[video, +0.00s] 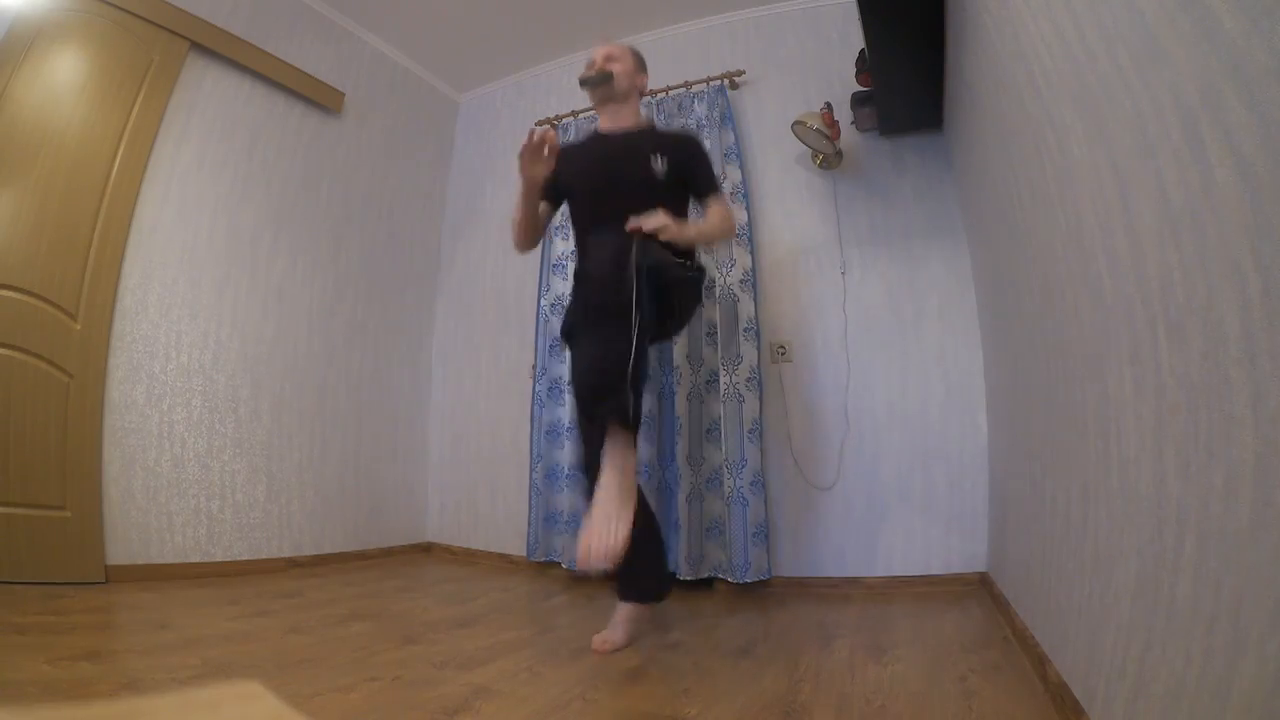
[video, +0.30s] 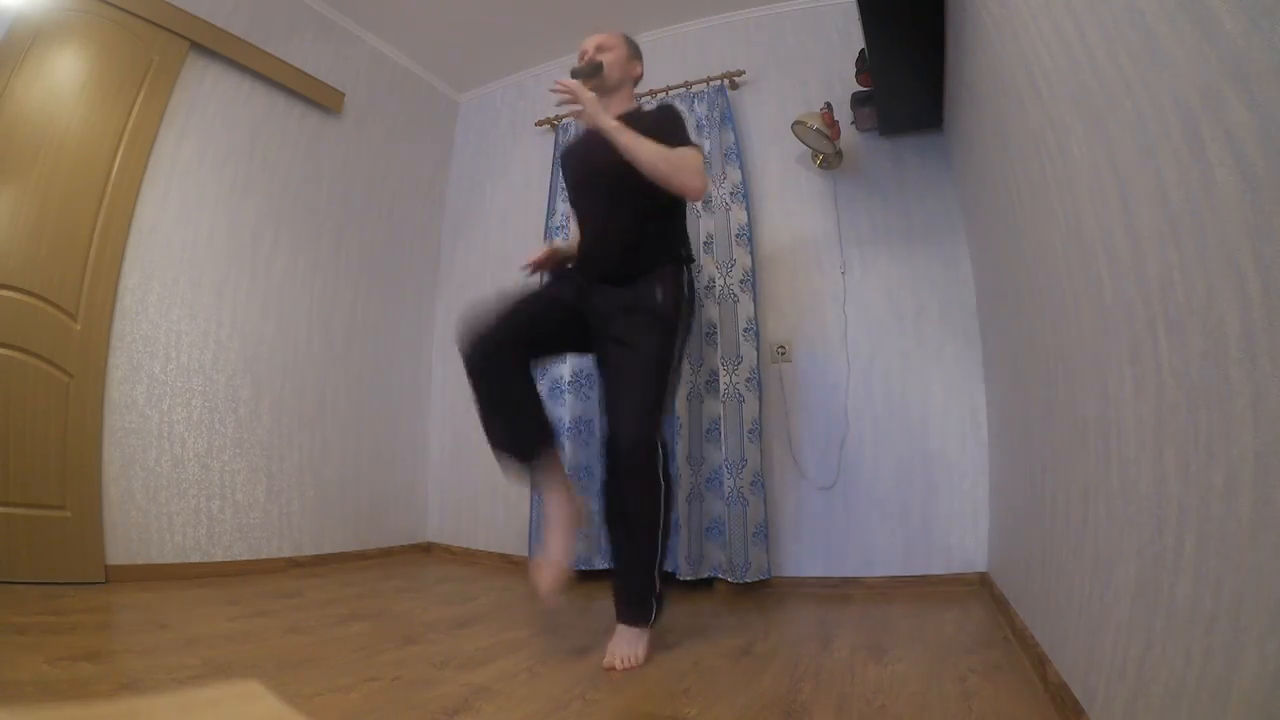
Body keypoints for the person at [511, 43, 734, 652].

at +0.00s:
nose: (597, 63)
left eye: (612, 57)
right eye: (591, 61)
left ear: (641, 81)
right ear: (584, 88)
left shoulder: (676, 146)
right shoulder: (569, 156)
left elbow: (723, 220)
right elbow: (525, 239)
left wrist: (679, 231)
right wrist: (531, 181)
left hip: (666, 292)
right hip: (597, 298)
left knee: (613, 249)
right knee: (599, 449)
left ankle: (617, 464)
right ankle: (635, 590)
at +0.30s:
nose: (585, 57)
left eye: (601, 50)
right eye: (580, 52)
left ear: (635, 71)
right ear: (575, 74)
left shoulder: (660, 121)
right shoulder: (575, 150)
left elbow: (693, 181)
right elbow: (599, 235)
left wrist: (606, 121)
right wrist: (561, 251)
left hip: (647, 298)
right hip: (583, 293)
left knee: (631, 446)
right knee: (490, 345)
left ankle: (635, 615)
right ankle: (554, 490)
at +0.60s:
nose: (585, 44)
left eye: (599, 35)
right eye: (578, 41)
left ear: (631, 55)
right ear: (572, 65)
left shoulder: (670, 119)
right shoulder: (560, 136)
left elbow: (723, 190)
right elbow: (528, 226)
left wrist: (673, 210)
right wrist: (523, 175)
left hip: (662, 267)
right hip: (591, 278)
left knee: (601, 304)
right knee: (580, 418)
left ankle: (616, 519)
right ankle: (604, 568)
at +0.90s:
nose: (585, 39)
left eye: (601, 32)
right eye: (579, 36)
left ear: (635, 55)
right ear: (575, 63)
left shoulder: (661, 112)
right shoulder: (572, 138)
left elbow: (707, 181)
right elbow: (592, 226)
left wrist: (614, 136)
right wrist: (559, 243)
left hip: (653, 293)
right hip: (587, 290)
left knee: (645, 438)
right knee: (488, 350)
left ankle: (658, 616)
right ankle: (560, 500)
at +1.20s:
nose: (584, 36)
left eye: (598, 28)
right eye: (578, 35)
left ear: (631, 49)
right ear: (571, 61)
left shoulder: (669, 114)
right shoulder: (557, 131)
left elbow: (720, 192)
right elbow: (527, 221)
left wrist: (662, 202)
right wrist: (520, 173)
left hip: (660, 261)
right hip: (585, 274)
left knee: (599, 296)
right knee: (579, 439)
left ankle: (625, 486)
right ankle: (608, 594)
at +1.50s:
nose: (578, 39)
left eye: (593, 30)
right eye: (571, 35)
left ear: (627, 49)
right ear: (569, 59)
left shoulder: (657, 105)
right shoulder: (567, 133)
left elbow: (702, 172)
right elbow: (593, 211)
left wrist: (601, 124)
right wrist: (560, 241)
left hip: (648, 285)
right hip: (582, 283)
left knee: (633, 430)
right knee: (484, 361)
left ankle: (650, 613)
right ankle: (558, 508)